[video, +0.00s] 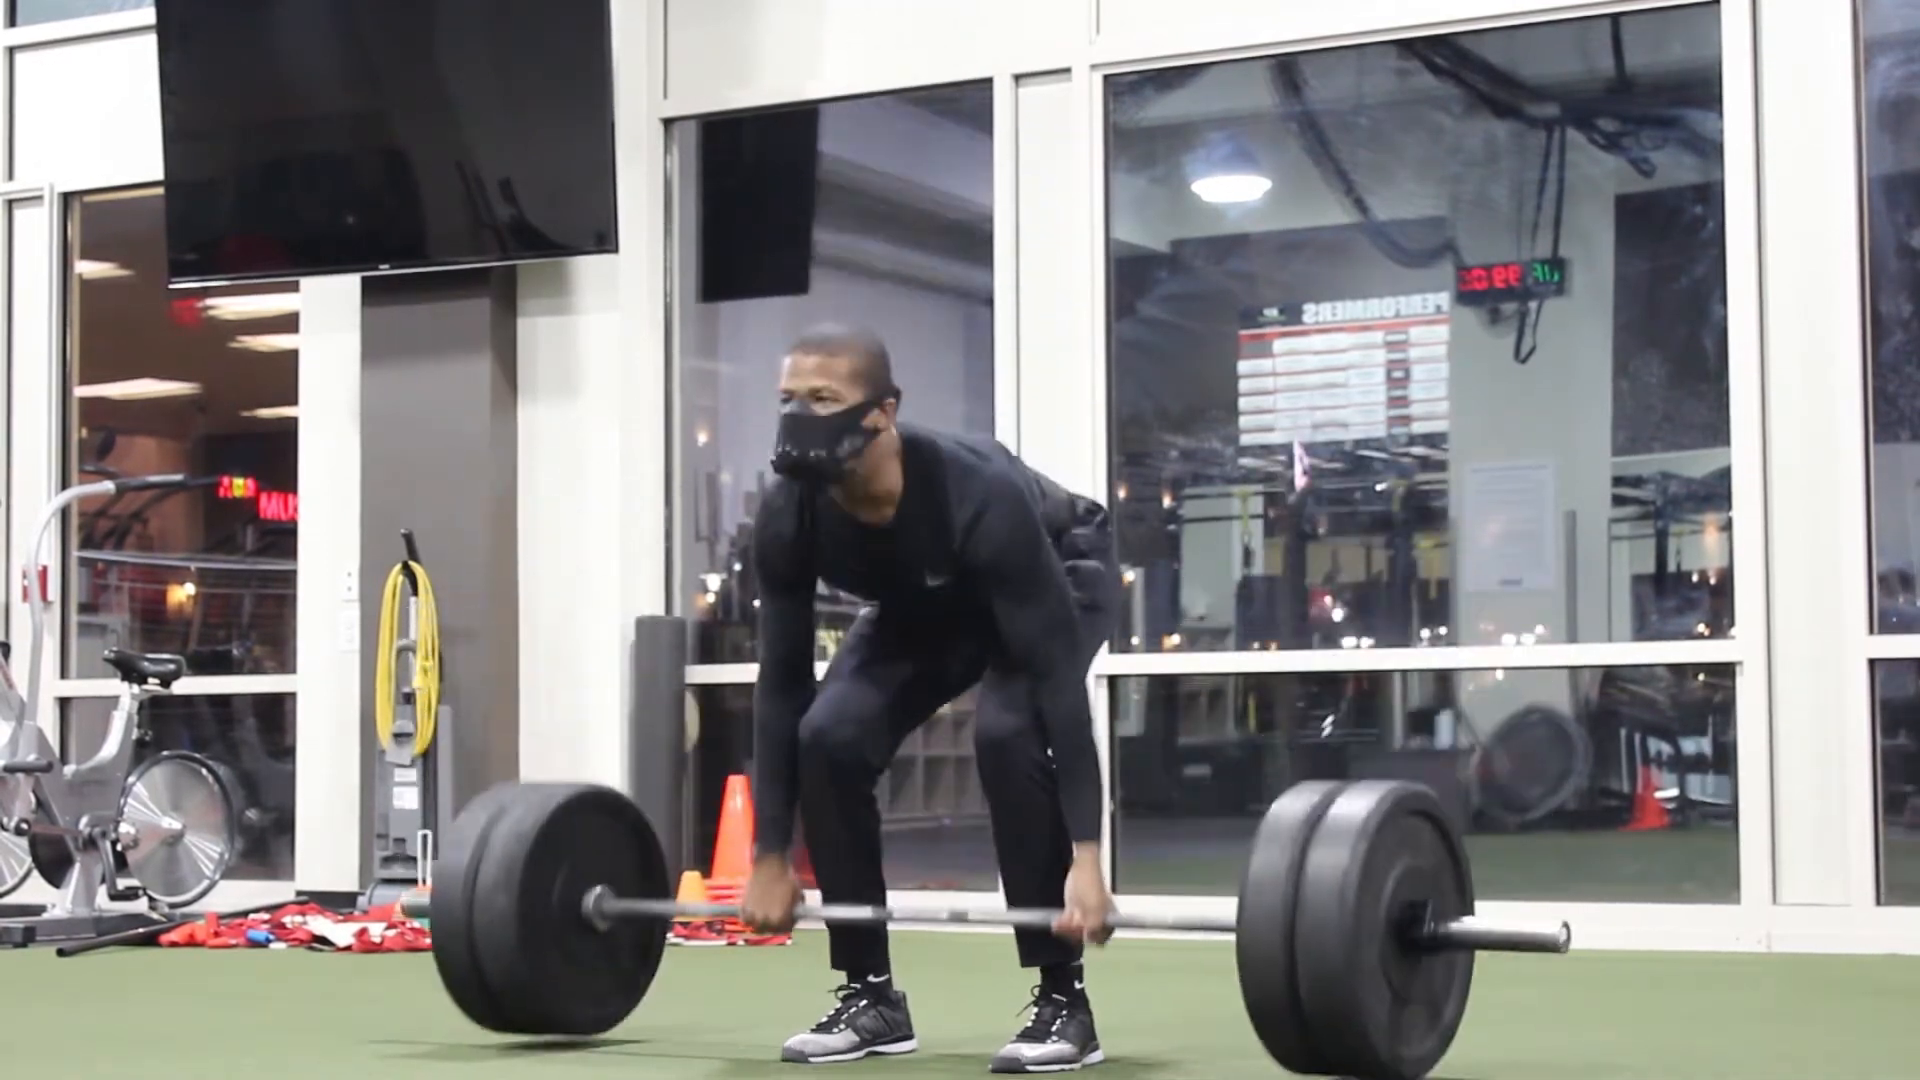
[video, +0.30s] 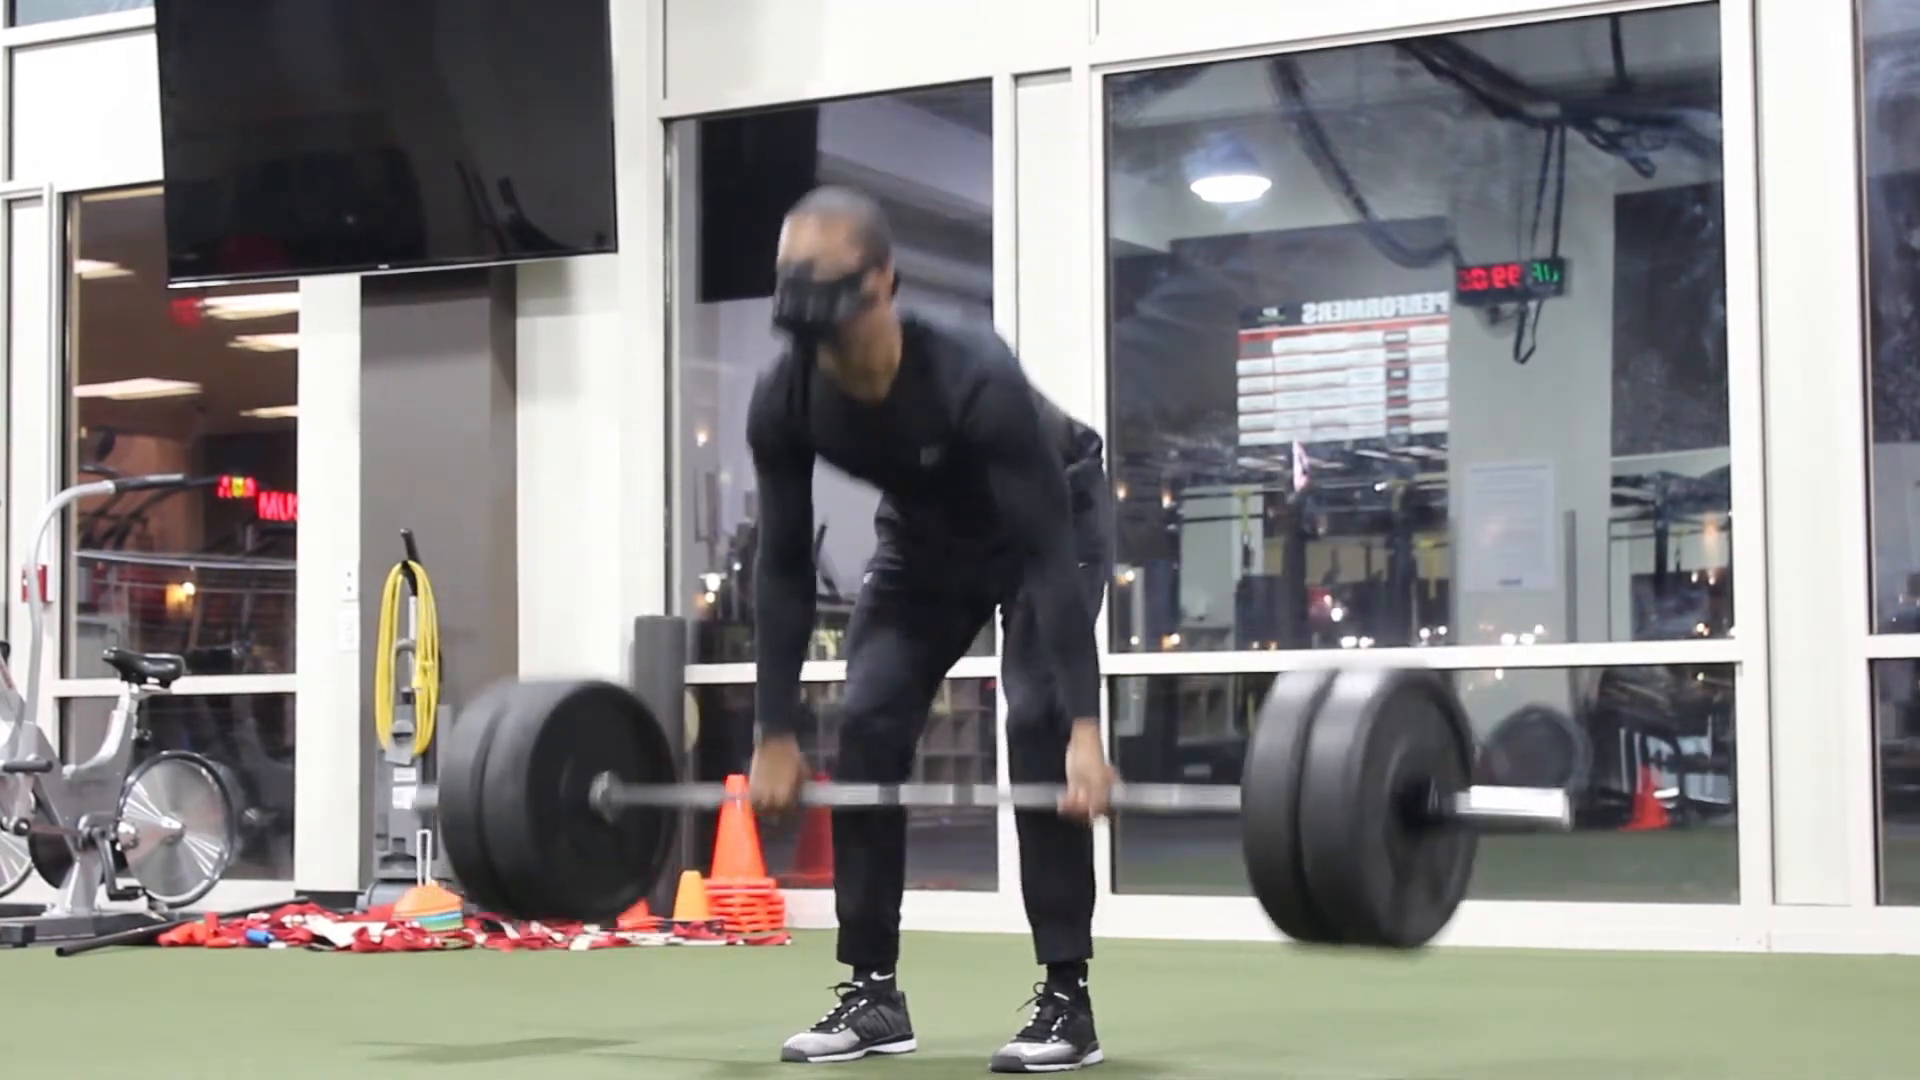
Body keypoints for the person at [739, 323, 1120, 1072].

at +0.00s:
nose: (797, 418)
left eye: (818, 401)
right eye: (788, 401)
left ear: (882, 414)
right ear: (777, 406)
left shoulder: (983, 496)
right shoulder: (785, 517)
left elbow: (1060, 672)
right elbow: (782, 685)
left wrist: (1087, 858)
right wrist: (770, 858)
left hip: (1054, 572)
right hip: (932, 597)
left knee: (1007, 734)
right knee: (829, 740)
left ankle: (1062, 1005)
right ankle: (871, 998)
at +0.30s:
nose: (802, 294)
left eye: (823, 276)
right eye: (791, 274)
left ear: (881, 280)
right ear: (780, 277)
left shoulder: (975, 374)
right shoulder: (784, 401)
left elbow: (1049, 551)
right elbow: (785, 565)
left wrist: (1085, 723)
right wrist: (775, 730)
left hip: (1046, 512)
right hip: (927, 524)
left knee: (1037, 727)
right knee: (868, 723)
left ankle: (1064, 998)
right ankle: (872, 994)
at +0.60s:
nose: (859, 90)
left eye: (880, 72)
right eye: (844, 72)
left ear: (926, 76)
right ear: (830, 83)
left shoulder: (1000, 198)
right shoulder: (810, 217)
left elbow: (1062, 373)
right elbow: (799, 390)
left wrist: (1086, 533)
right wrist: (781, 543)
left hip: (1019, 474)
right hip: (904, 475)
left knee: (1033, 728)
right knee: (883, 726)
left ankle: (1065, 998)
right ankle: (875, 994)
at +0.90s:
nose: (873, 49)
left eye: (897, 33)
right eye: (863, 33)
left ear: (943, 55)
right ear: (846, 59)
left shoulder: (1011, 190)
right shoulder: (826, 203)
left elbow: (1052, 375)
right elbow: (806, 381)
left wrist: (1075, 537)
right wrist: (775, 546)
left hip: (1018, 477)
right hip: (903, 476)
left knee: (1025, 726)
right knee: (876, 725)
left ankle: (1062, 1002)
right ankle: (874, 997)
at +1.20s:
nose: (811, 284)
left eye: (834, 269)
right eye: (803, 267)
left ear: (894, 282)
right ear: (790, 275)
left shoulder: (982, 386)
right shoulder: (795, 412)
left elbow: (1048, 570)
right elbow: (781, 585)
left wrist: (1068, 751)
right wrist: (758, 758)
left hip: (1052, 530)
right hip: (937, 546)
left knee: (1033, 733)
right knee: (842, 730)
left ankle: (1065, 1002)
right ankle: (872, 996)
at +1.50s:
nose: (787, 360)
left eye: (809, 344)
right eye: (779, 344)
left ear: (872, 355)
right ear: (771, 350)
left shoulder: (970, 448)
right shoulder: (775, 471)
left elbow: (1042, 636)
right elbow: (773, 643)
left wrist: (1078, 811)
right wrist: (764, 812)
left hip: (1040, 552)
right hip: (925, 573)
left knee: (1008, 734)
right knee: (827, 742)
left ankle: (1063, 1003)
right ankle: (871, 1000)